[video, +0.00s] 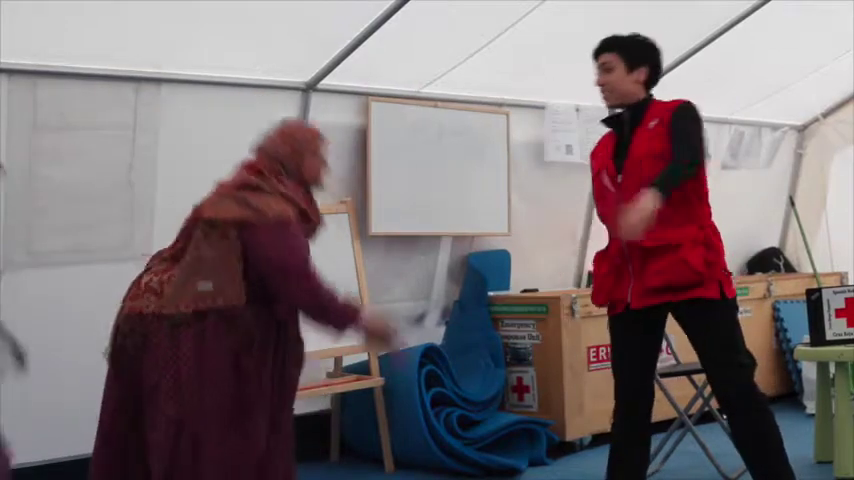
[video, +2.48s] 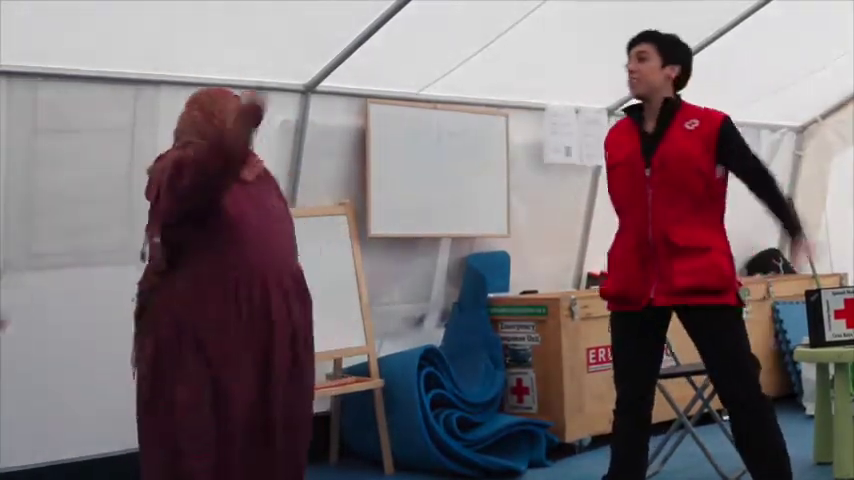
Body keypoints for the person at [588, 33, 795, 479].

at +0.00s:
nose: (599, 80)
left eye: (607, 70)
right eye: (597, 72)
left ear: (641, 74)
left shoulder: (679, 113)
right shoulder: (603, 149)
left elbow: (686, 162)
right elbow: (614, 215)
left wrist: (650, 196)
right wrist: (613, 266)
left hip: (692, 271)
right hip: (630, 282)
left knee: (736, 388)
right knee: (630, 406)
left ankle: (776, 476)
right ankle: (623, 479)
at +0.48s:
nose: (641, 59)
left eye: (655, 53)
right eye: (644, 52)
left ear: (683, 71)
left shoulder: (712, 125)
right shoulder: (614, 130)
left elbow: (760, 185)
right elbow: (581, 196)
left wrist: (718, 224)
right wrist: (517, 225)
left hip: (697, 274)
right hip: (628, 279)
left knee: (739, 395)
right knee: (629, 409)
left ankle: (776, 477)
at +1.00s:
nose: (760, 183)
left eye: (770, 173)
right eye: (751, 171)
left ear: (781, 170)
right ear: (735, 161)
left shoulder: (786, 206)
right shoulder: (690, 188)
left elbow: (753, 258)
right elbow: (674, 256)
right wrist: (712, 304)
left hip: (730, 289)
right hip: (660, 285)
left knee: (754, 394)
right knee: (640, 397)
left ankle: (776, 473)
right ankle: (623, 474)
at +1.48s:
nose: (775, 318)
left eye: (785, 309)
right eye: (767, 308)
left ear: (802, 289)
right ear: (751, 285)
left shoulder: (803, 266)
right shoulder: (712, 295)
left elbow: (773, 219)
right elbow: (731, 384)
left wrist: (706, 214)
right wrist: (761, 448)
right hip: (660, 293)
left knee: (760, 390)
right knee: (645, 397)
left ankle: (780, 470)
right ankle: (626, 472)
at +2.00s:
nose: (672, 71)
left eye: (686, 62)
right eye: (669, 62)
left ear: (715, 75)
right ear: (665, 71)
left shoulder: (746, 135)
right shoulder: (641, 125)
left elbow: (756, 201)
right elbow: (591, 151)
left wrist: (707, 219)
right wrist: (542, 165)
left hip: (727, 282)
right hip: (654, 281)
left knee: (757, 401)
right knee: (640, 404)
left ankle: (778, 476)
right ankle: (625, 479)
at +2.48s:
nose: (630, 69)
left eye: (641, 60)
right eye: (629, 62)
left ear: (673, 72)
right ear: (630, 74)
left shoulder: (710, 127)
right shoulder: (617, 136)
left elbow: (759, 181)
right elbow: (627, 206)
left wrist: (795, 230)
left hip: (702, 278)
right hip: (633, 282)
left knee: (743, 396)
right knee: (630, 404)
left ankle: (774, 477)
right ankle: (623, 479)